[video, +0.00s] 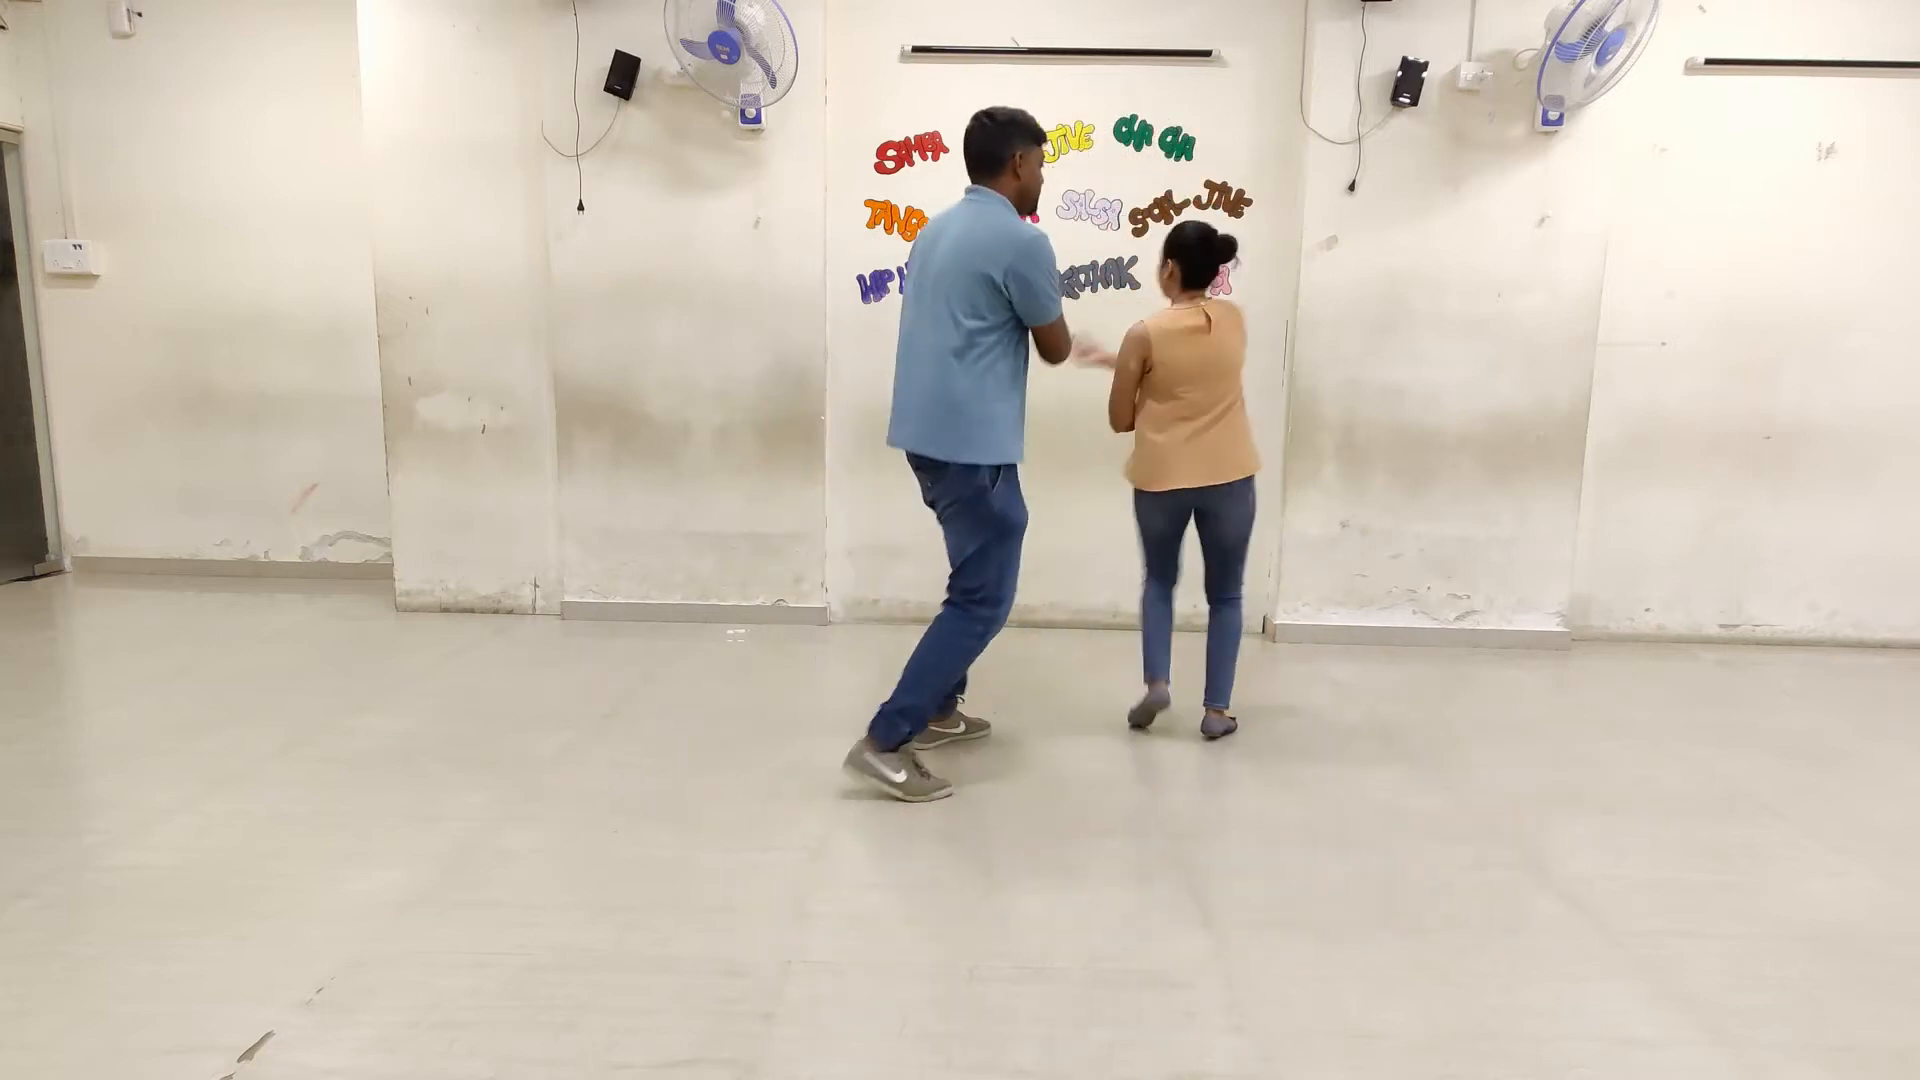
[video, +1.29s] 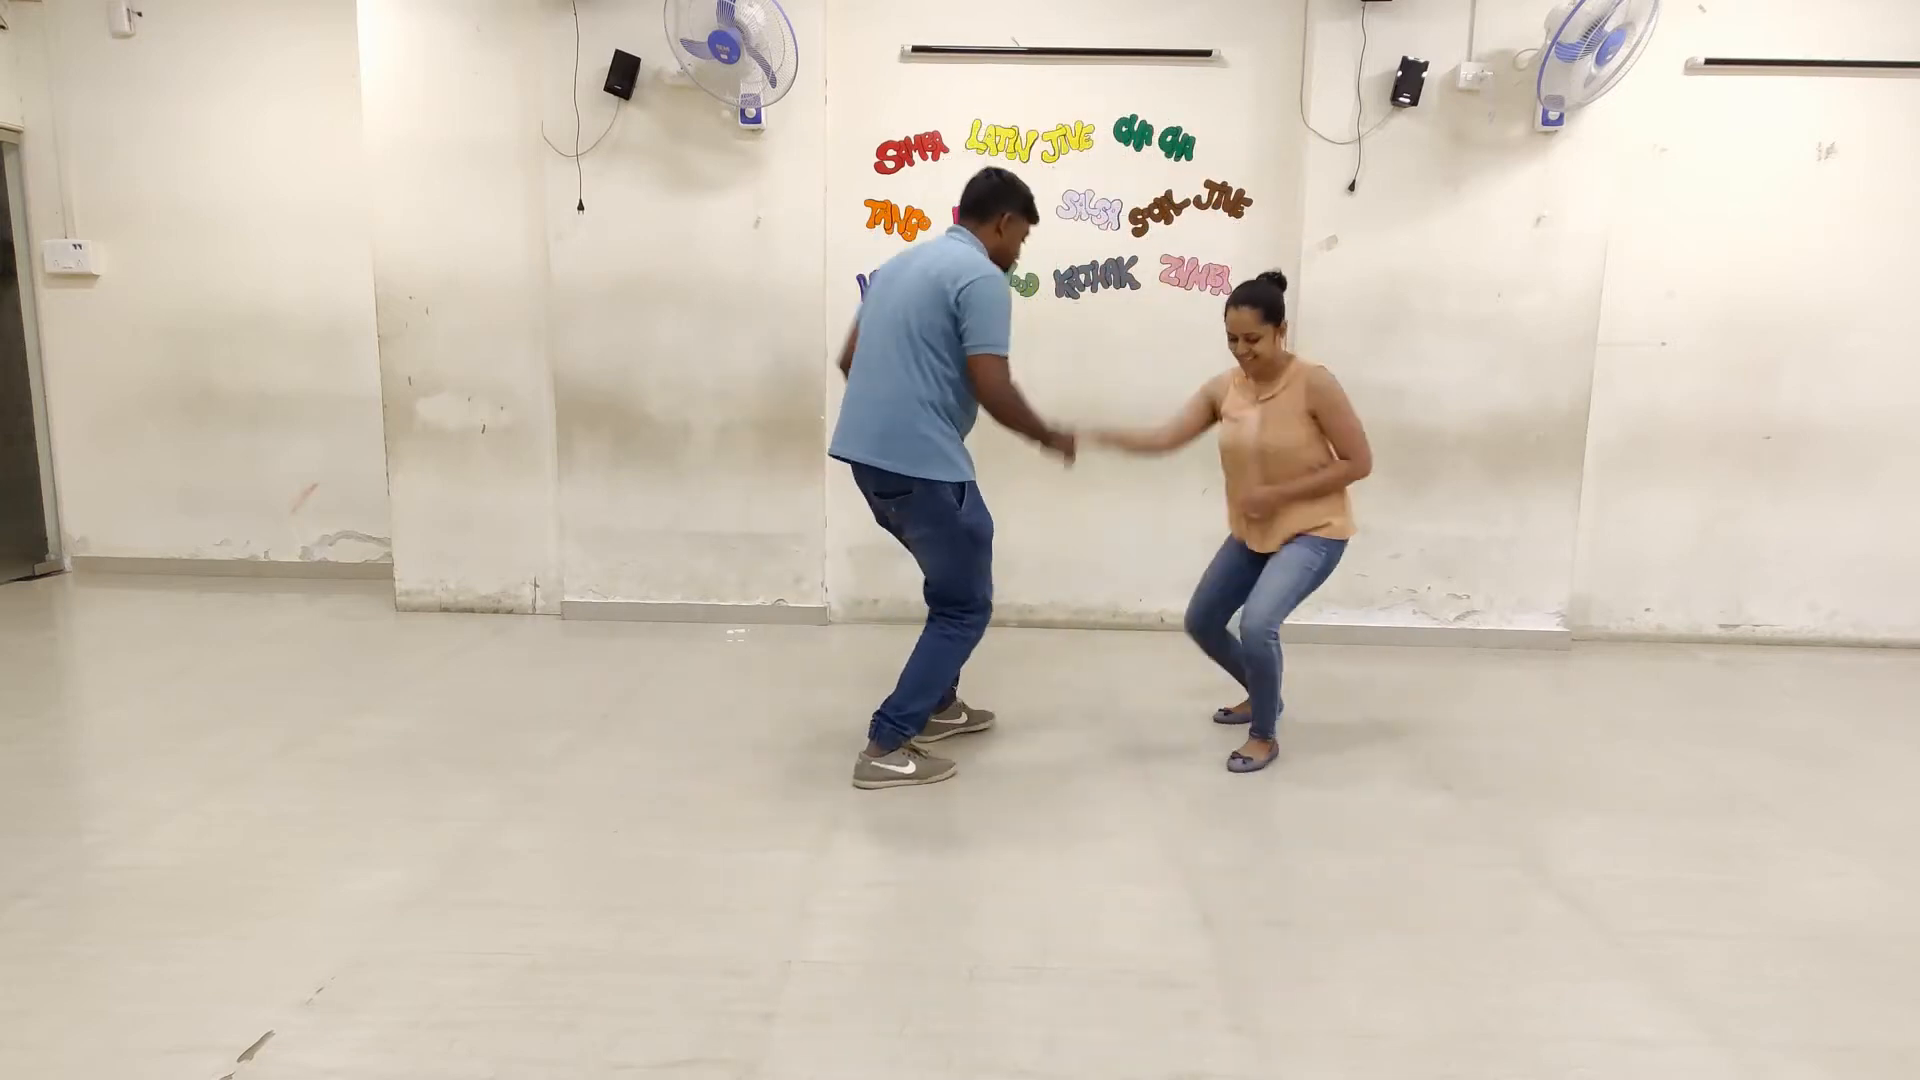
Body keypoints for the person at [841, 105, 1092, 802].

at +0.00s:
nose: (1044, 175)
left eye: (1042, 162)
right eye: (1039, 163)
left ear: (980, 167)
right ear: (1018, 165)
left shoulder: (938, 228)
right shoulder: (1020, 241)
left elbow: (966, 327)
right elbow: (1056, 349)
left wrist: (1070, 349)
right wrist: (1035, 306)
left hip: (923, 432)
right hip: (974, 443)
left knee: (974, 576)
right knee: (982, 600)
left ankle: (939, 708)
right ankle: (884, 743)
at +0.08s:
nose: (1044, 165)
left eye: (1043, 152)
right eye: (1039, 152)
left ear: (983, 154)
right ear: (1010, 154)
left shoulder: (946, 215)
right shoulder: (999, 225)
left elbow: (947, 317)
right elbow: (1067, 323)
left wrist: (1010, 337)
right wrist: (1099, 284)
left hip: (927, 423)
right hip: (968, 436)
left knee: (964, 571)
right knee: (1000, 583)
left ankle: (927, 704)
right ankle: (972, 749)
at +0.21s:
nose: (1044, 171)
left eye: (1043, 158)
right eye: (1038, 157)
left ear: (990, 161)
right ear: (1008, 158)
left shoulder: (953, 218)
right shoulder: (987, 226)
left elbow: (938, 324)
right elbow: (1066, 318)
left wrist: (995, 379)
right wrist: (1121, 281)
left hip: (928, 423)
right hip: (958, 431)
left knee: (963, 571)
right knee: (1004, 579)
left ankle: (924, 705)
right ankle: (1028, 742)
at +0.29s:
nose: (1038, 176)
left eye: (1037, 163)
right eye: (1032, 163)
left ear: (987, 164)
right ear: (1002, 162)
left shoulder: (952, 220)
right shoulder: (978, 226)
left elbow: (1044, 307)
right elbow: (1056, 314)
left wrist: (1116, 294)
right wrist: (1153, 283)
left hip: (917, 422)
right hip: (952, 427)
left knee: (967, 566)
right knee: (1022, 565)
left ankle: (926, 706)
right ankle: (1037, 729)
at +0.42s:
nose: (1025, 189)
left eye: (1024, 175)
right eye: (1021, 174)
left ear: (966, 171)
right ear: (994, 171)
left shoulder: (924, 230)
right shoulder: (982, 236)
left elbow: (876, 320)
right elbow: (1052, 327)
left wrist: (890, 415)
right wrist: (1167, 330)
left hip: (910, 434)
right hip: (955, 439)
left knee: (977, 562)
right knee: (1025, 568)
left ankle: (929, 696)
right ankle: (958, 712)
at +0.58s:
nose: (1013, 218)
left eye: (1013, 206)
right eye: (1013, 205)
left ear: (951, 196)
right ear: (994, 199)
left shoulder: (894, 256)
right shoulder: (988, 266)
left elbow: (838, 341)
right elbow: (1031, 374)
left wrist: (838, 437)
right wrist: (1105, 391)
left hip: (893, 460)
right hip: (948, 466)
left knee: (967, 574)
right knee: (982, 606)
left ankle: (943, 691)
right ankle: (891, 735)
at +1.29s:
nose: (1020, 252)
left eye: (1024, 238)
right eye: (1021, 236)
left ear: (968, 217)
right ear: (1000, 221)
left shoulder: (903, 263)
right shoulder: (981, 277)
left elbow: (850, 356)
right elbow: (990, 383)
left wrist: (907, 401)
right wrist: (1045, 434)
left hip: (870, 453)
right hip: (922, 459)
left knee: (952, 579)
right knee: (965, 607)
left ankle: (935, 700)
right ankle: (887, 746)